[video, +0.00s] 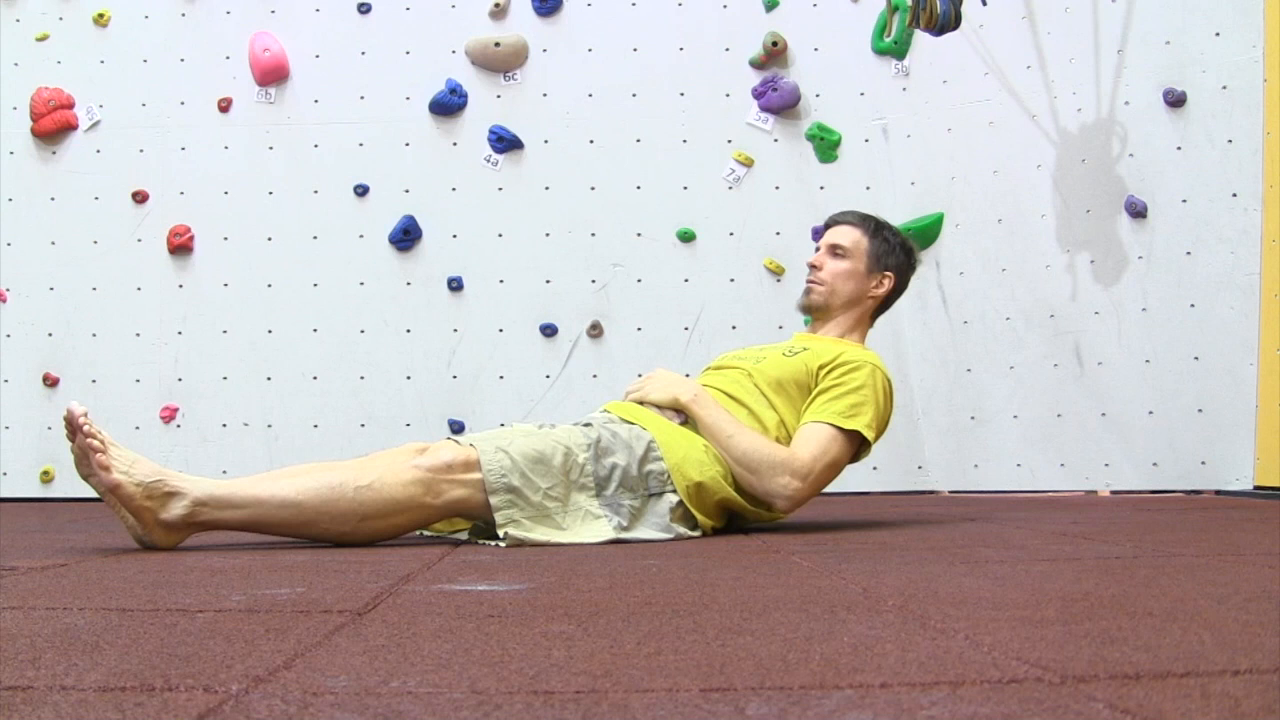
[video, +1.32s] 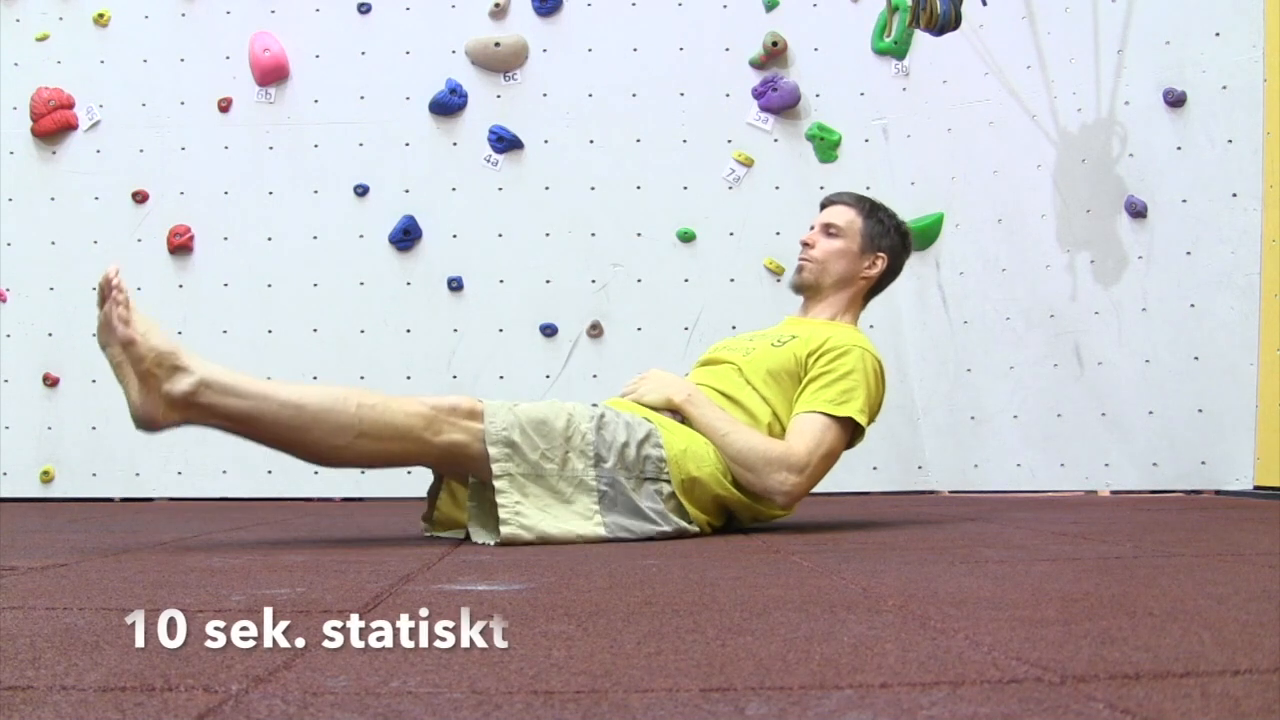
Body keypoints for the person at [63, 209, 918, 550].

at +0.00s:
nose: (815, 262)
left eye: (837, 256)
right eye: (819, 251)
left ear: (878, 288)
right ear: (824, 274)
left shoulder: (856, 369)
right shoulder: (789, 356)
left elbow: (788, 486)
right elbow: (747, 458)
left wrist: (694, 397)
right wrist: (665, 400)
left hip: (656, 465)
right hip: (626, 448)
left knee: (448, 474)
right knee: (430, 466)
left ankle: (185, 500)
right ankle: (179, 502)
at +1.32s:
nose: (809, 236)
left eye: (832, 231)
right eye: (814, 225)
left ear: (874, 266)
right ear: (820, 252)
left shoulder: (847, 351)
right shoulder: (783, 340)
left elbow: (785, 477)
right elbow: (750, 453)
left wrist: (686, 396)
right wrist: (665, 405)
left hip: (663, 464)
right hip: (638, 451)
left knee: (448, 424)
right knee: (430, 428)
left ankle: (182, 387)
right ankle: (181, 390)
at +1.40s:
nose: (802, 236)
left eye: (824, 229)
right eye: (807, 225)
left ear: (870, 261)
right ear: (819, 254)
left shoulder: (845, 350)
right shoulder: (775, 339)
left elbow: (784, 477)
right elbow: (739, 449)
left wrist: (684, 395)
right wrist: (661, 404)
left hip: (658, 463)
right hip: (632, 449)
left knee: (448, 416)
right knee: (433, 416)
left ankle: (187, 372)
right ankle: (187, 370)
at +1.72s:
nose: (803, 241)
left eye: (825, 235)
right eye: (809, 230)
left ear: (870, 266)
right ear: (822, 260)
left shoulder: (849, 355)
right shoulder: (780, 344)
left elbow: (788, 481)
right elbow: (743, 449)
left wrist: (690, 396)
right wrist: (666, 401)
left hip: (658, 462)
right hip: (636, 446)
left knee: (449, 412)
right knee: (437, 410)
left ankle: (191, 365)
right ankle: (190, 362)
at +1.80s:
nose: (804, 239)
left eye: (827, 233)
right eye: (809, 229)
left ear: (872, 265)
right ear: (820, 258)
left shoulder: (849, 355)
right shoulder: (774, 345)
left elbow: (788, 479)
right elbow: (738, 447)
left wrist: (689, 395)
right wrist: (665, 403)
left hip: (661, 463)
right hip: (636, 447)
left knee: (450, 411)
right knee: (439, 410)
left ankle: (192, 361)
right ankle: (190, 357)